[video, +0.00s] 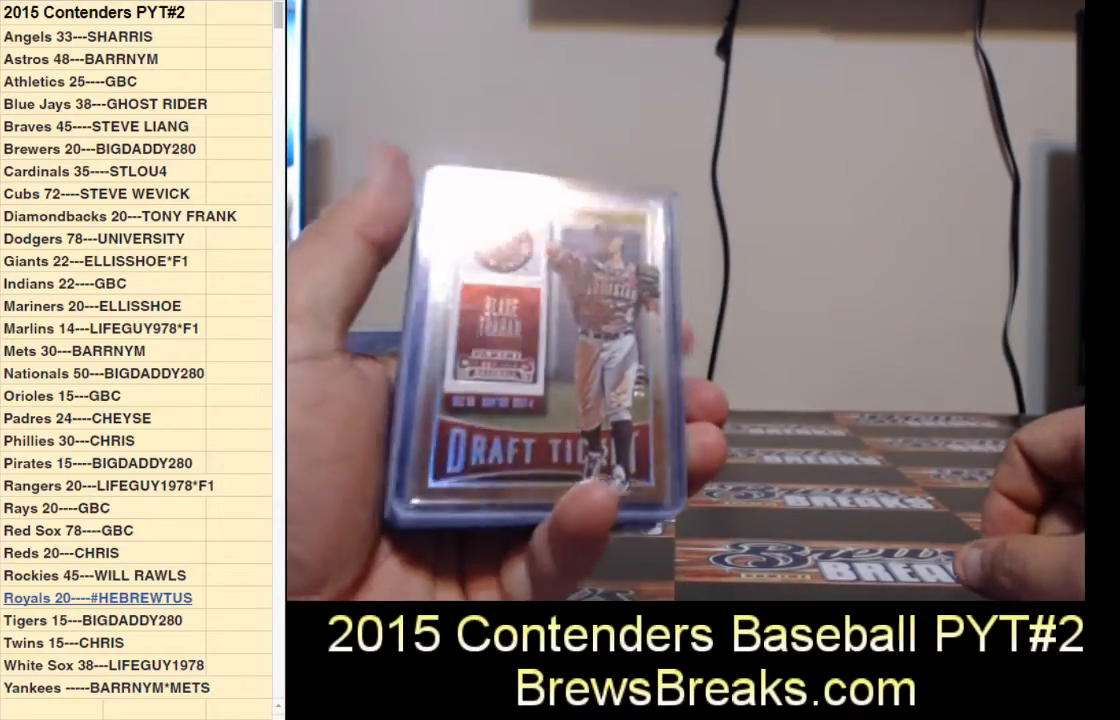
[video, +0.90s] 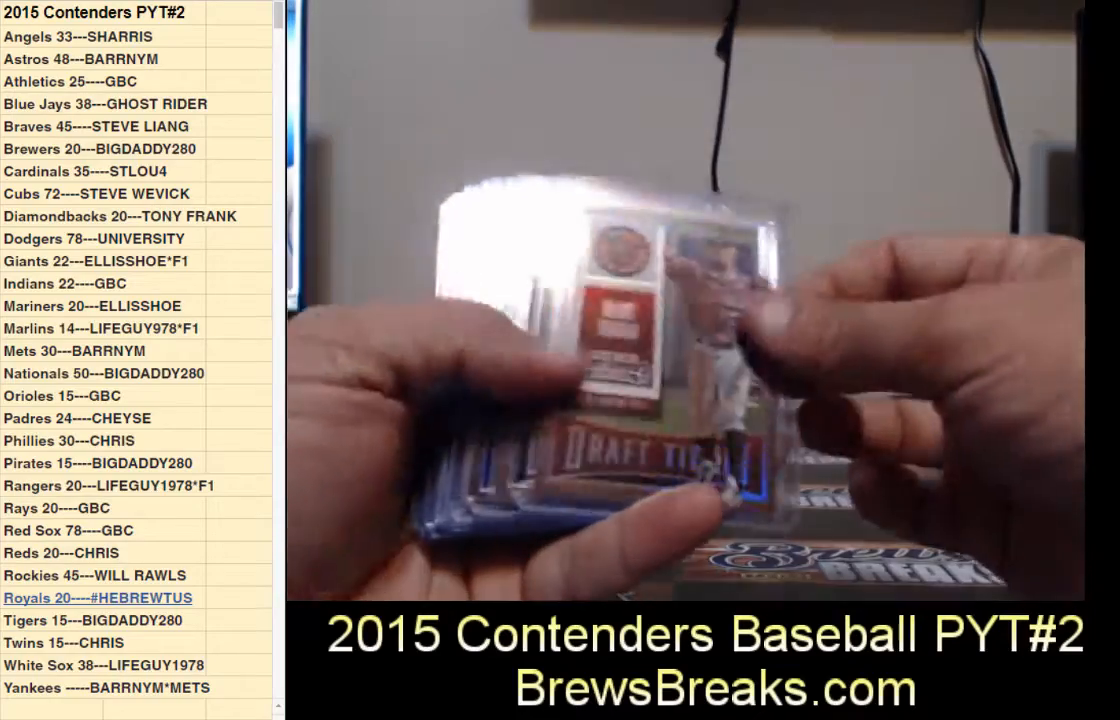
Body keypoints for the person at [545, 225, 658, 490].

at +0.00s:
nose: (603, 243)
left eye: (609, 238)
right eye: (599, 237)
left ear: (620, 241)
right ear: (594, 240)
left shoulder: (633, 273)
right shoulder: (583, 267)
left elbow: (653, 306)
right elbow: (562, 261)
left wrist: (653, 290)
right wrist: (557, 257)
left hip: (622, 341)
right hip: (589, 342)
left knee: (619, 404)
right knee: (588, 404)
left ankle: (621, 468)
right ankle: (594, 458)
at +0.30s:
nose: (629, 239)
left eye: (635, 234)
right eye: (625, 233)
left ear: (644, 240)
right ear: (620, 237)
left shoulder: (653, 270)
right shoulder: (605, 259)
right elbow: (578, 248)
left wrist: (680, 290)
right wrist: (581, 246)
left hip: (636, 336)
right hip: (604, 334)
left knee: (629, 399)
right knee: (599, 397)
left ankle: (626, 462)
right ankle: (598, 457)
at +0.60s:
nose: (651, 227)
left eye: (657, 221)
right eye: (647, 221)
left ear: (668, 225)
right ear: (641, 224)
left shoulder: (678, 257)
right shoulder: (629, 252)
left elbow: (697, 286)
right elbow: (603, 238)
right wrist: (610, 238)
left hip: (665, 318)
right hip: (634, 317)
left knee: (660, 382)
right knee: (629, 382)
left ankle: (661, 444)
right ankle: (631, 443)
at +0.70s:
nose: (672, 235)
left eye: (677, 229)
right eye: (667, 228)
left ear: (686, 233)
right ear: (659, 231)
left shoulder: (695, 263)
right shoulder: (648, 257)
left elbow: (711, 296)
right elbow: (622, 246)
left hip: (685, 328)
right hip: (654, 328)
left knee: (680, 393)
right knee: (650, 393)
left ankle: (681, 454)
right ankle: (653, 452)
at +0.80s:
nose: (702, 252)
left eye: (708, 247)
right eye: (698, 245)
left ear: (714, 249)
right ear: (691, 247)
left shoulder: (723, 275)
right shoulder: (675, 267)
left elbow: (735, 307)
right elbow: (645, 257)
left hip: (714, 340)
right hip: (682, 339)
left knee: (709, 403)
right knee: (679, 400)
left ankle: (710, 462)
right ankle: (682, 457)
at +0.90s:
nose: (723, 272)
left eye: (729, 266)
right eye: (716, 266)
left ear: (736, 262)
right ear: (706, 261)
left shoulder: (743, 284)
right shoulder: (695, 279)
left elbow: (772, 295)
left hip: (734, 352)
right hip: (704, 351)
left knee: (733, 417)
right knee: (704, 418)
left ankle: (734, 479)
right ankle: (709, 474)